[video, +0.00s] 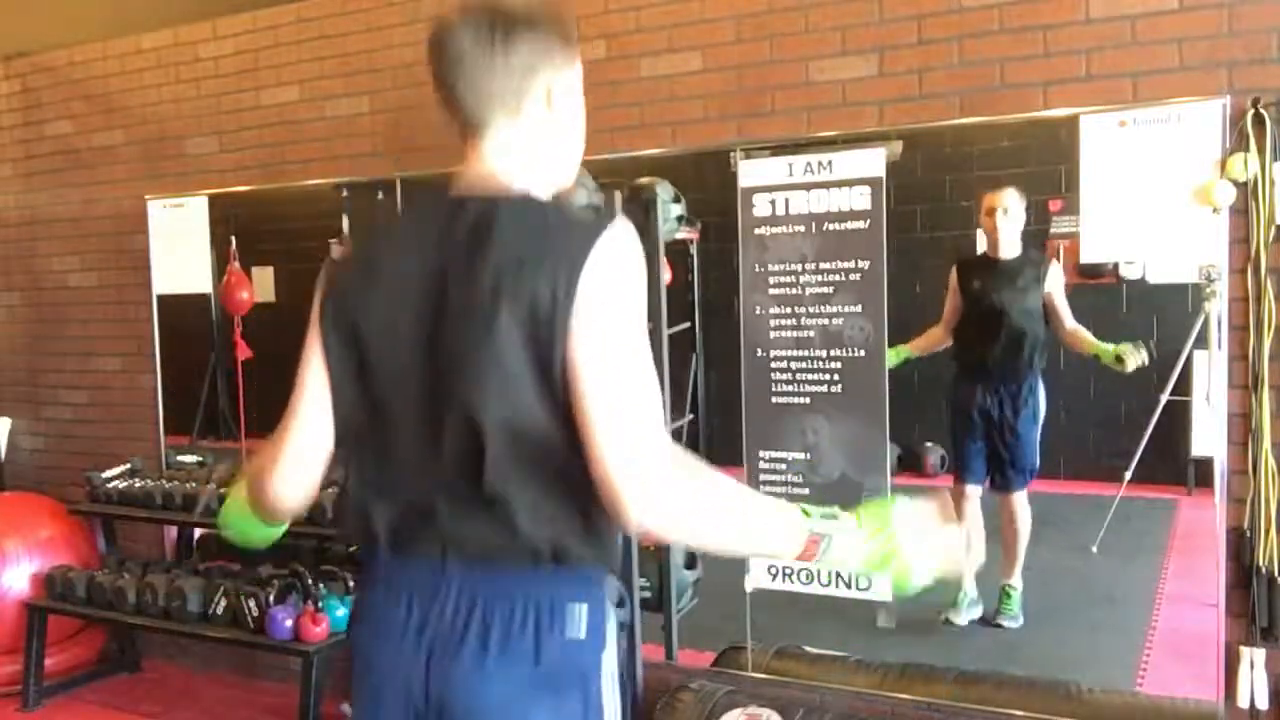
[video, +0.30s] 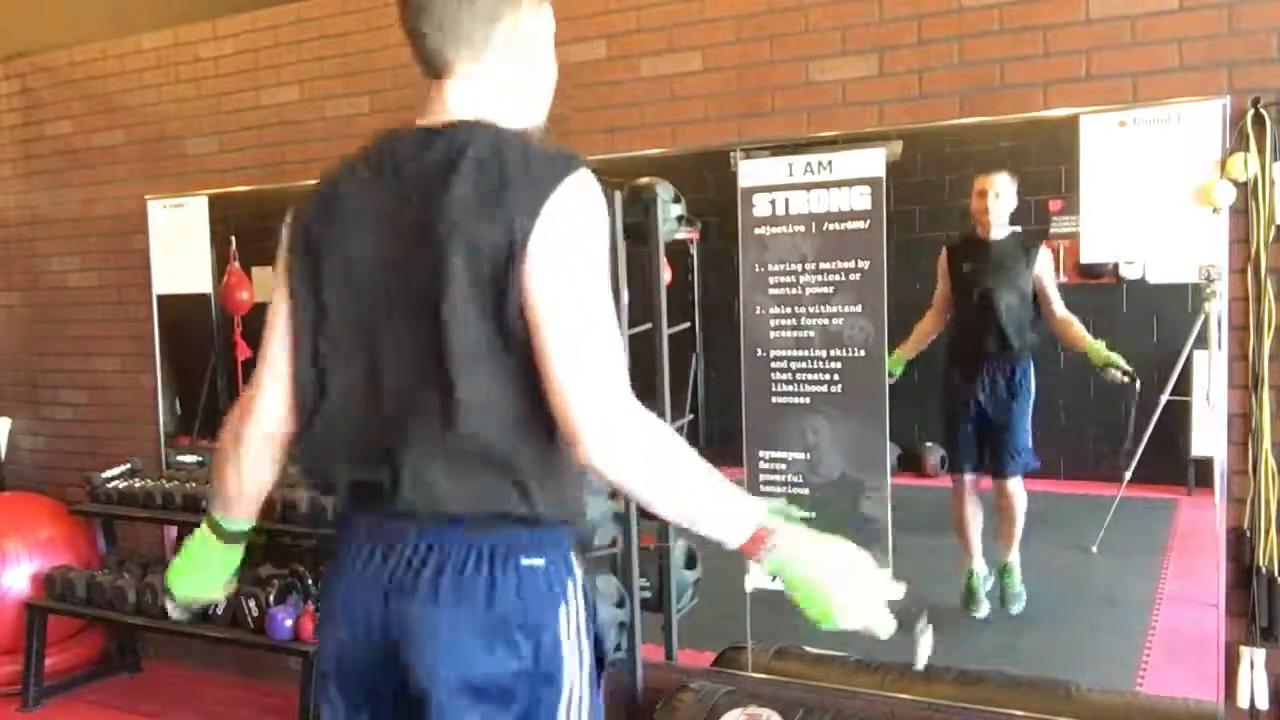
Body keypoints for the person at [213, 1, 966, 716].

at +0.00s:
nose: (585, 121)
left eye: (582, 96)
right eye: (580, 95)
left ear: (454, 104)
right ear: (557, 94)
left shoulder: (360, 264)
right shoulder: (591, 247)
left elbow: (282, 482)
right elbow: (646, 490)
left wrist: (253, 499)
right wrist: (838, 538)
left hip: (393, 615)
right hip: (543, 626)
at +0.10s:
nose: (579, 160)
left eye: (573, 138)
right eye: (572, 137)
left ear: (453, 149)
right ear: (549, 144)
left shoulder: (350, 311)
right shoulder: (586, 303)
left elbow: (268, 510)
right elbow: (659, 533)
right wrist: (837, 524)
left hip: (382, 675)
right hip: (532, 682)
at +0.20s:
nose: (570, 107)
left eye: (567, 75)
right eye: (563, 75)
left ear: (442, 79)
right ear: (529, 72)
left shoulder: (341, 241)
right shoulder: (565, 215)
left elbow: (265, 452)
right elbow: (634, 456)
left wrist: (245, 524)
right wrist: (810, 530)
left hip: (367, 609)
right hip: (510, 616)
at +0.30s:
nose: (556, 60)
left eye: (551, 37)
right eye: (552, 36)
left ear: (424, 51)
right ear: (529, 40)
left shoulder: (324, 205)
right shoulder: (549, 186)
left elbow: (264, 422)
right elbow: (601, 427)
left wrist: (221, 534)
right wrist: (774, 541)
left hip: (358, 573)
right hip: (505, 582)